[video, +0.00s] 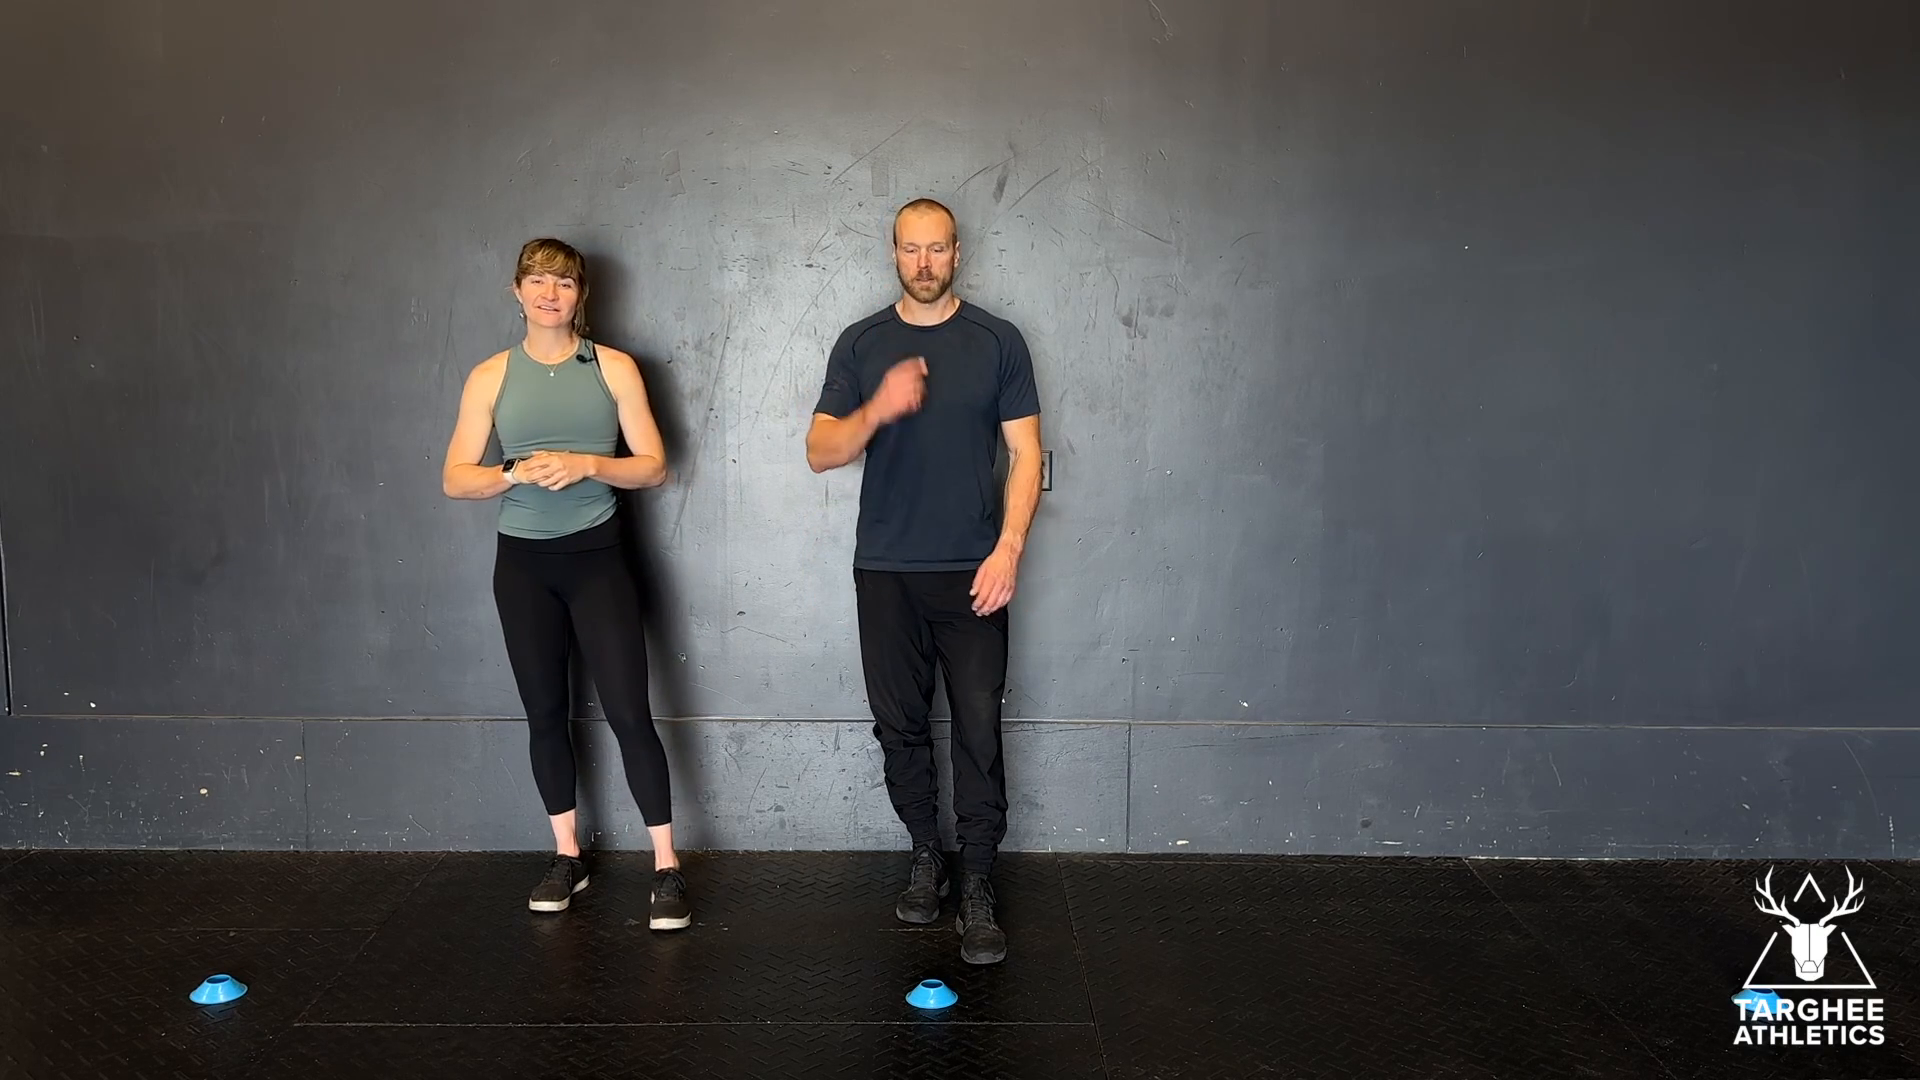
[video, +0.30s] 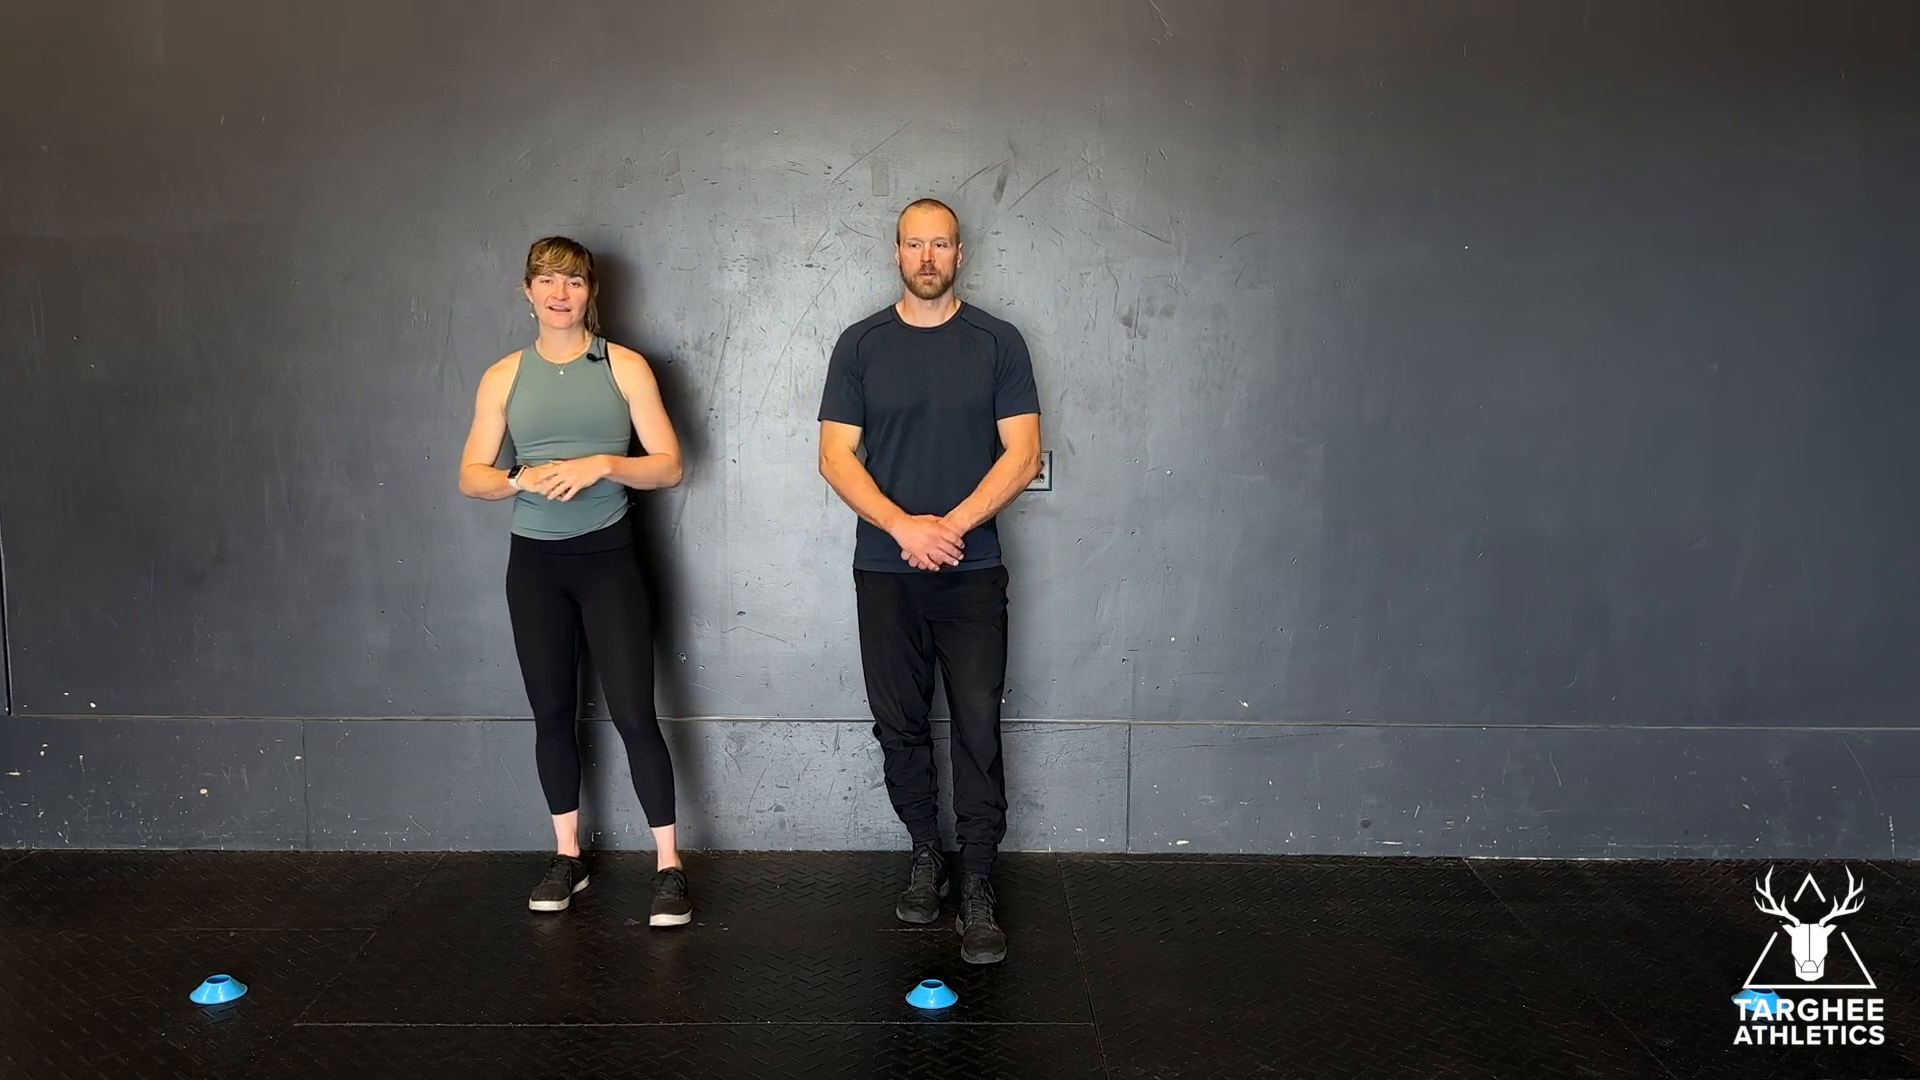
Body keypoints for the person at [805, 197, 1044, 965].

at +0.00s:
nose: (924, 259)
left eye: (936, 247)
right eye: (911, 248)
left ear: (955, 254)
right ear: (894, 255)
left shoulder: (997, 342)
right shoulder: (859, 345)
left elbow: (1026, 458)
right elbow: (821, 451)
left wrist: (1008, 551)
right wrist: (876, 409)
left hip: (973, 570)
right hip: (887, 571)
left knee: (978, 730)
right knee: (900, 728)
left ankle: (977, 880)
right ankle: (929, 860)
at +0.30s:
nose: (928, 255)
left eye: (940, 243)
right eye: (915, 243)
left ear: (958, 253)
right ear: (897, 253)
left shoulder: (997, 342)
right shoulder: (858, 346)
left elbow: (1023, 458)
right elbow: (835, 459)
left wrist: (945, 529)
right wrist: (902, 525)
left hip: (972, 570)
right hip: (887, 570)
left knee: (978, 728)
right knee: (900, 725)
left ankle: (978, 885)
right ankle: (930, 857)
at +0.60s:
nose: (923, 253)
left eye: (936, 241)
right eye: (911, 242)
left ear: (957, 253)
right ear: (894, 254)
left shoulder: (997, 342)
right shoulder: (858, 346)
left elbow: (1019, 461)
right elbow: (838, 461)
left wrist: (948, 540)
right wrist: (896, 537)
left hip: (970, 569)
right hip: (885, 569)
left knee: (977, 728)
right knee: (900, 725)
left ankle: (978, 885)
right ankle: (930, 859)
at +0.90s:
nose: (922, 252)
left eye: (935, 240)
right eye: (910, 240)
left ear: (956, 253)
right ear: (893, 252)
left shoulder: (997, 343)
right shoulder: (857, 346)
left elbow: (1017, 460)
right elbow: (834, 461)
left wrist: (948, 541)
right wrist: (896, 536)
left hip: (970, 567)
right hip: (884, 568)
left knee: (976, 727)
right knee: (900, 724)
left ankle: (978, 885)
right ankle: (928, 860)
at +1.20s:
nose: (929, 253)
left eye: (940, 241)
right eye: (915, 241)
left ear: (957, 252)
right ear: (895, 253)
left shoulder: (996, 343)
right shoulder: (857, 345)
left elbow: (1017, 460)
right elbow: (835, 460)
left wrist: (950, 541)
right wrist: (896, 537)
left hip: (970, 564)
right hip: (884, 564)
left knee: (977, 727)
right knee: (899, 724)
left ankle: (978, 883)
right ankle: (927, 856)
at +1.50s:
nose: (930, 250)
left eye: (942, 240)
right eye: (917, 239)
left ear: (959, 254)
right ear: (896, 253)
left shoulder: (996, 343)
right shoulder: (858, 345)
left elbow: (1018, 460)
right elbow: (837, 461)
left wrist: (949, 541)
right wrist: (897, 537)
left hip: (970, 570)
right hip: (884, 569)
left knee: (976, 733)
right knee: (901, 727)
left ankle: (979, 887)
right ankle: (927, 857)